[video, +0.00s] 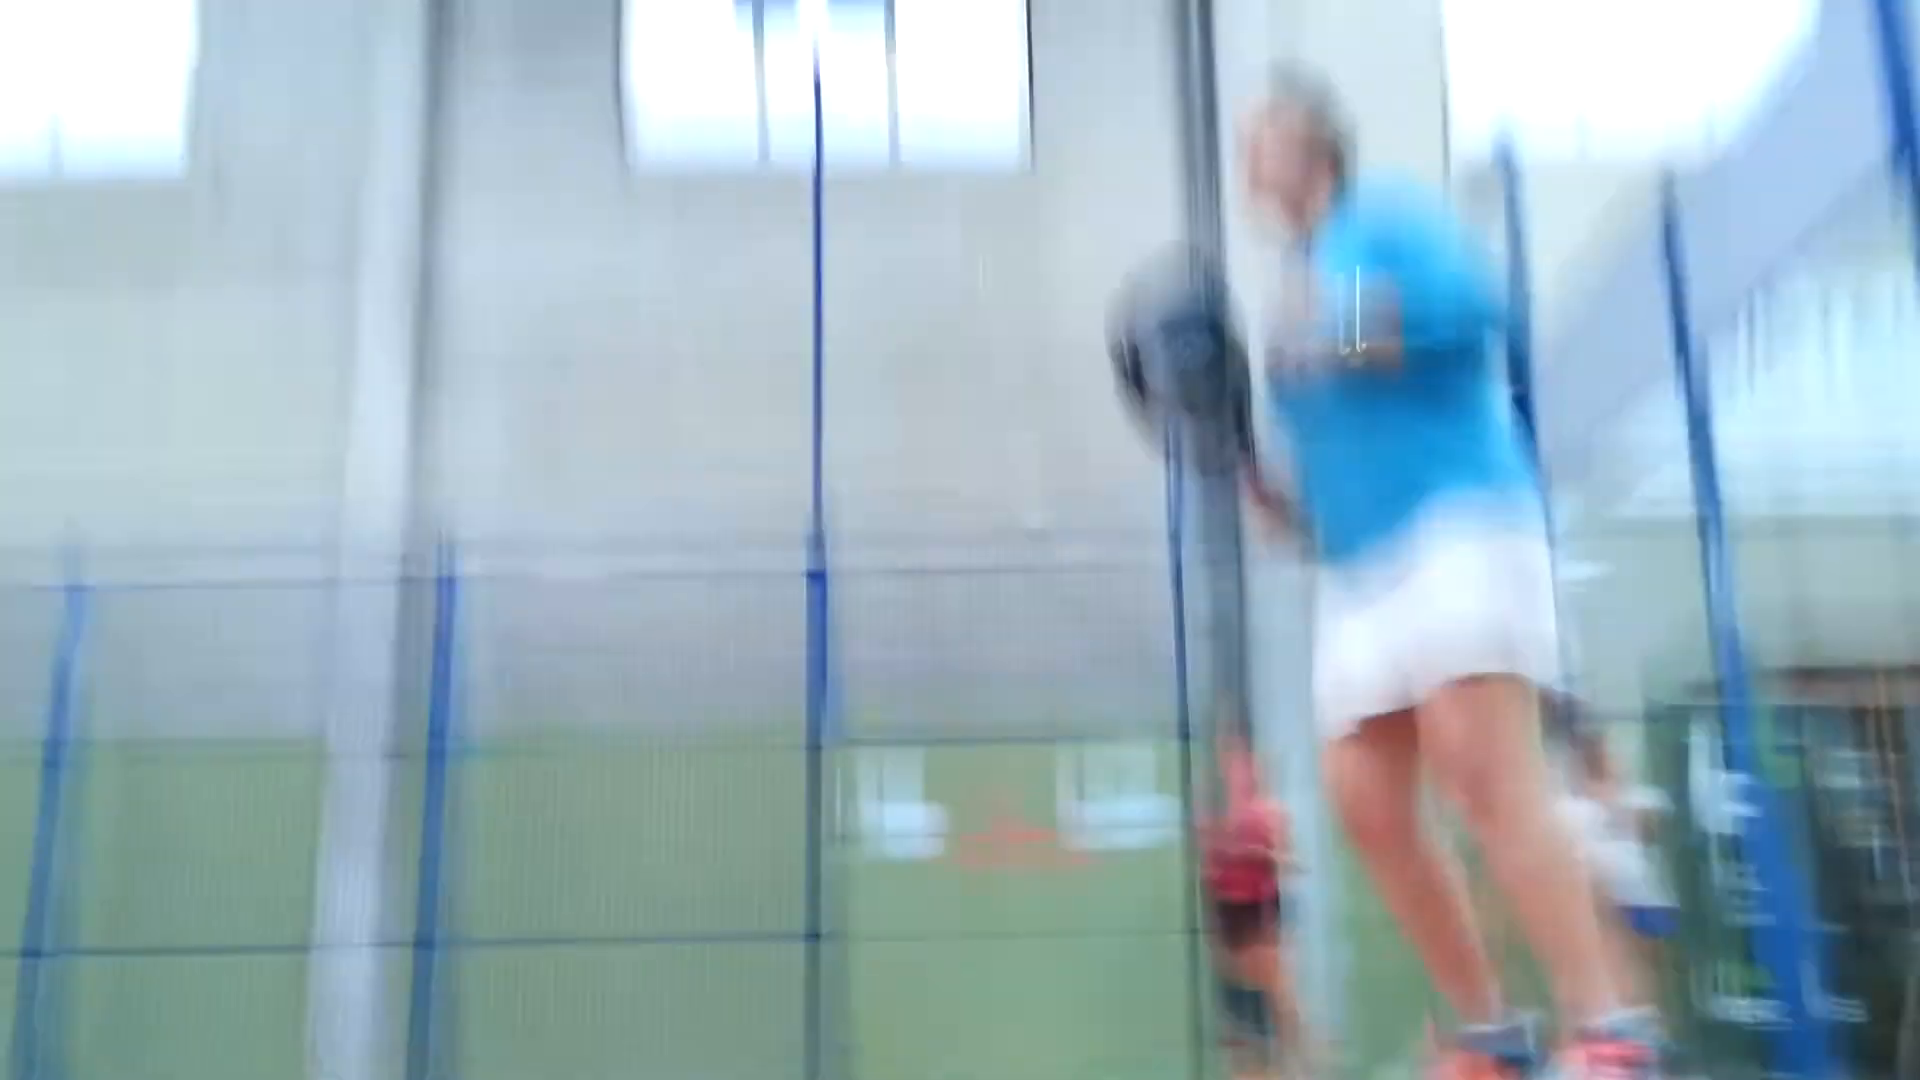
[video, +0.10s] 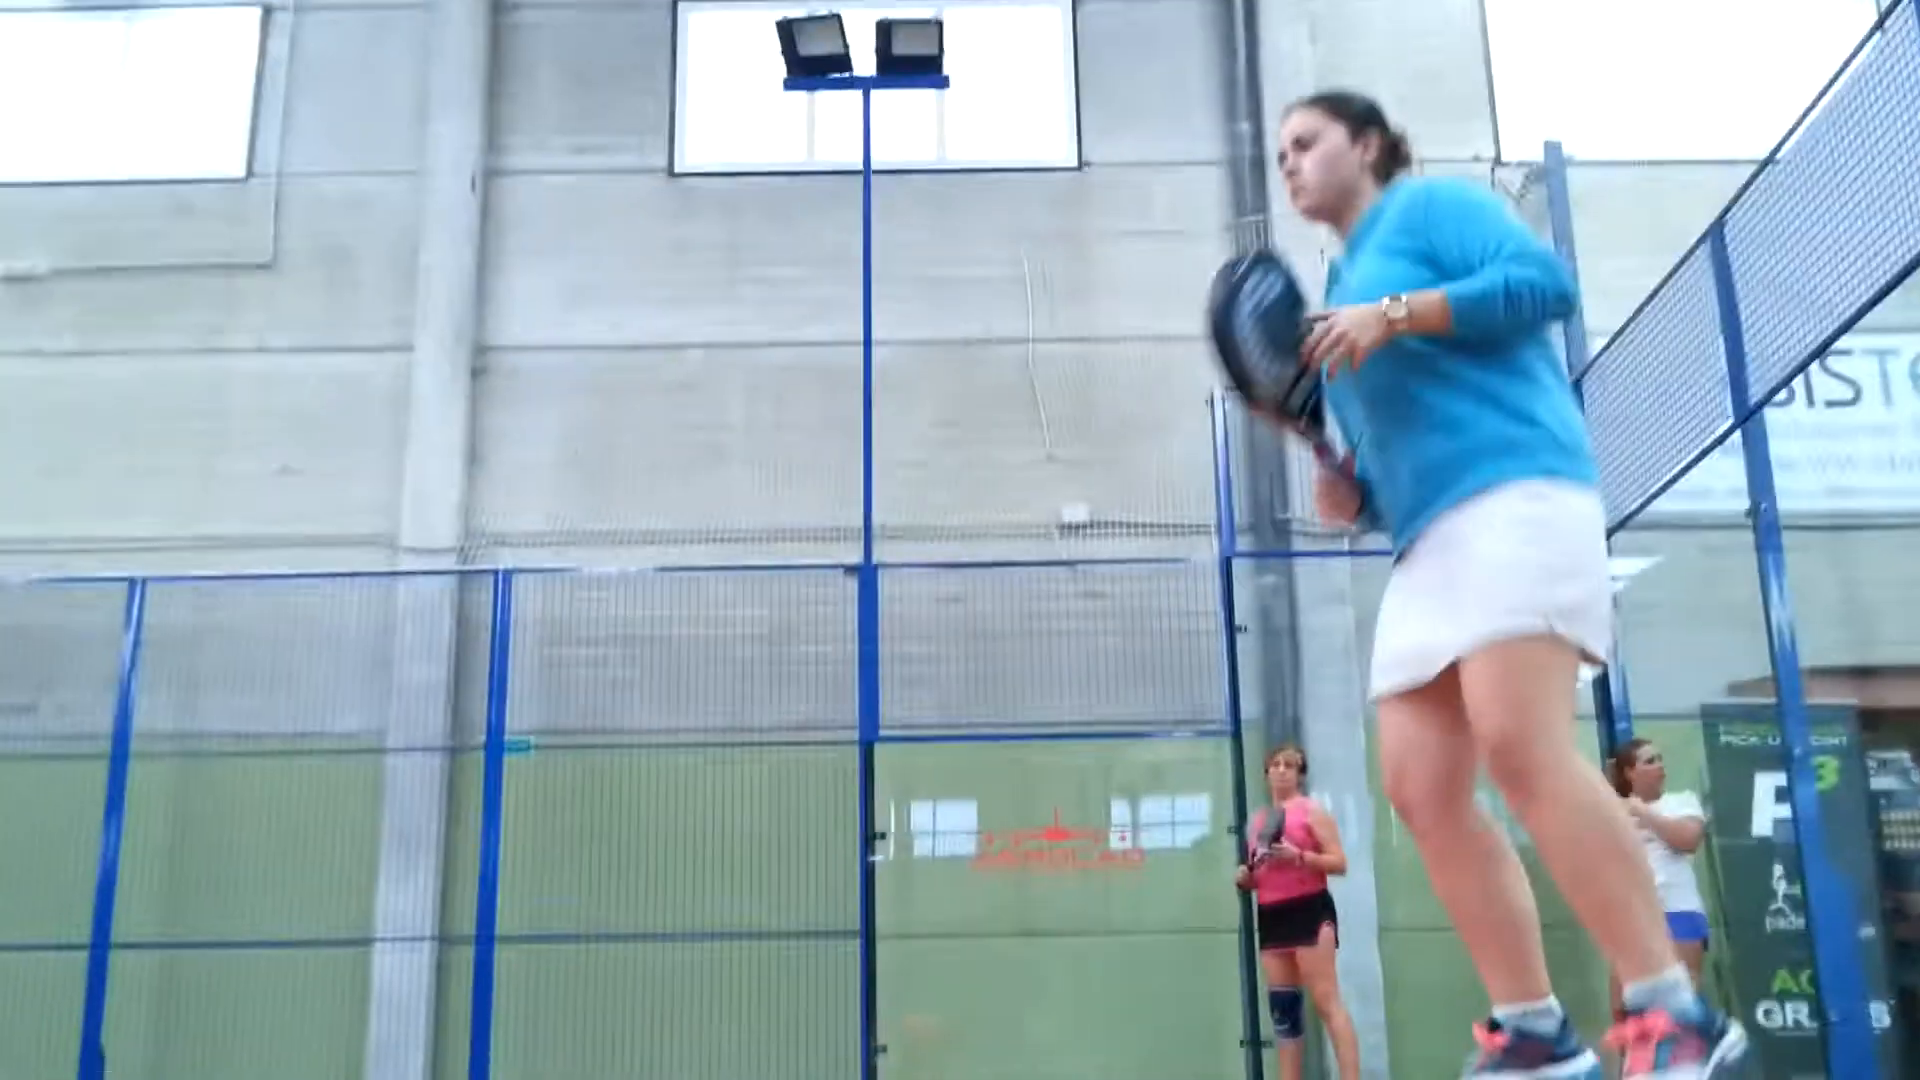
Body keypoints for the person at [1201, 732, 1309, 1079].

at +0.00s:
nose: (1238, 777)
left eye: (1244, 768)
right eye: (1232, 768)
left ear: (1256, 773)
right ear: (1223, 775)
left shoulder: (1265, 814)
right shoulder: (1220, 817)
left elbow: (1280, 856)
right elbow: (1213, 865)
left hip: (1259, 900)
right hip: (1227, 902)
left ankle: (1292, 1054)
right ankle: (1245, 1061)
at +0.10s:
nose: (1281, 771)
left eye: (1288, 766)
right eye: (1276, 765)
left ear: (1300, 773)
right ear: (1266, 773)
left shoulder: (1312, 811)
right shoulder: (1259, 819)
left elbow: (1338, 862)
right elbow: (1254, 869)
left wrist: (1299, 856)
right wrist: (1246, 874)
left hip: (1309, 905)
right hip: (1271, 907)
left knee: (1326, 1002)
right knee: (1283, 1009)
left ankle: (1350, 1073)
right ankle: (1288, 1075)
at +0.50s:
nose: (1294, 660)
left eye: (1301, 655)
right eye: (1288, 654)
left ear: (1312, 663)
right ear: (1278, 661)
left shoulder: (1325, 700)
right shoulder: (1270, 708)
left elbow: (1350, 751)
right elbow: (1270, 758)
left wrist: (1311, 743)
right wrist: (1259, 762)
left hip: (1318, 792)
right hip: (1281, 795)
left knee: (1335, 888)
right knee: (1292, 896)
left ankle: (1360, 978)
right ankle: (1296, 982)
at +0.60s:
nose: (1302, 661)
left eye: (1310, 656)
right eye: (1296, 655)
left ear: (1321, 665)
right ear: (1287, 662)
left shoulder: (1334, 702)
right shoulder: (1278, 709)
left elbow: (1358, 754)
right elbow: (1276, 760)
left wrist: (1318, 744)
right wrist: (1267, 764)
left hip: (1327, 796)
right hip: (1289, 798)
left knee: (1341, 889)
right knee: (1299, 897)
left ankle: (1366, 980)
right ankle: (1302, 983)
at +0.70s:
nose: (1320, 654)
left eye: (1328, 649)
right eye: (1315, 649)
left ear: (1339, 658)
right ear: (1305, 657)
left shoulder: (1351, 694)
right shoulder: (1297, 702)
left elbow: (1368, 745)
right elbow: (1294, 752)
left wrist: (1338, 738)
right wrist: (1284, 758)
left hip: (1346, 786)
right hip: (1306, 789)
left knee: (1360, 883)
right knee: (1316, 891)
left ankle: (1385, 974)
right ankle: (1320, 977)